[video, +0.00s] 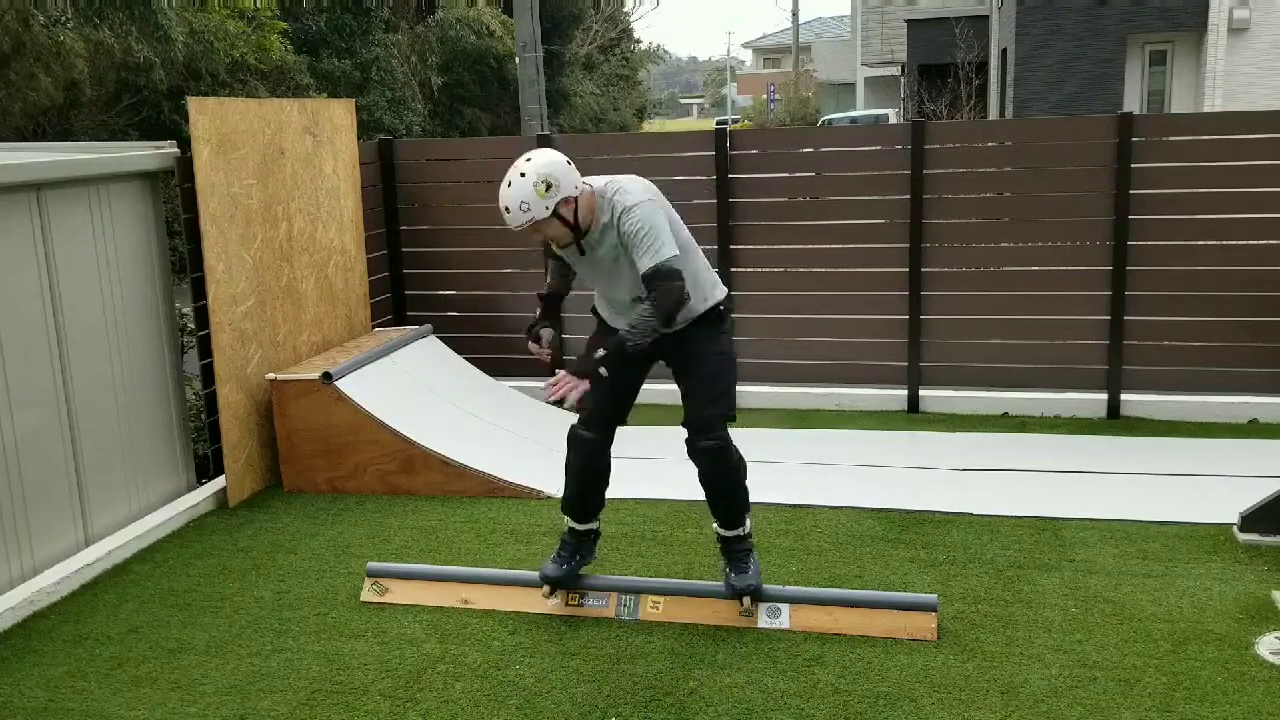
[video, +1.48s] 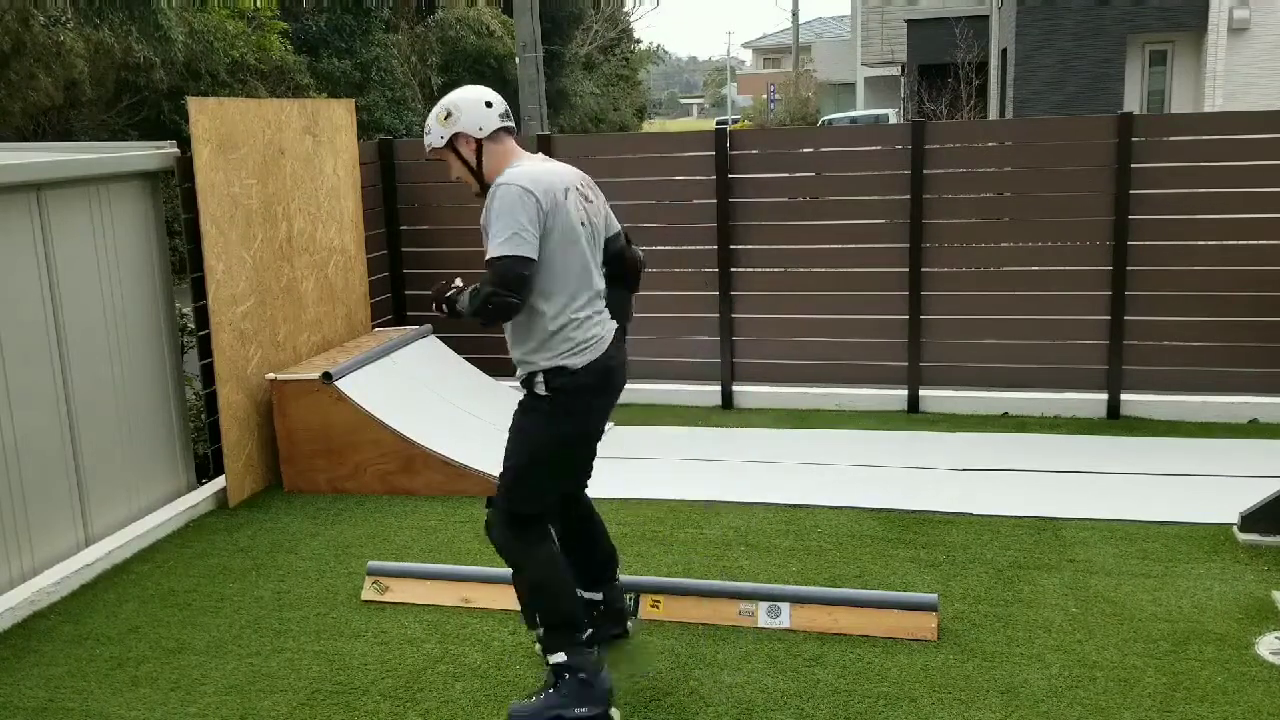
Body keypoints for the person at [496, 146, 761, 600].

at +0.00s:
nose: (541, 238)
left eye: (542, 226)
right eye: (534, 230)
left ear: (568, 204)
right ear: (563, 206)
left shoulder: (635, 205)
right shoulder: (562, 221)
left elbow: (668, 297)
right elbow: (562, 259)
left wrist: (596, 364)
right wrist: (548, 317)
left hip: (694, 319)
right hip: (623, 321)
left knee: (708, 439)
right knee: (588, 435)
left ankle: (738, 549)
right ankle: (578, 542)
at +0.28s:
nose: (570, 227)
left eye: (577, 215)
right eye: (562, 217)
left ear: (607, 193)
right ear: (550, 203)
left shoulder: (668, 201)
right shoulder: (558, 214)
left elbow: (760, 224)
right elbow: (541, 251)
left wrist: (779, 305)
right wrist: (520, 312)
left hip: (689, 318)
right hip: (612, 321)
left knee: (702, 437)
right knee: (584, 433)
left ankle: (737, 548)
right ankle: (576, 540)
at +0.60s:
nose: (570, 166)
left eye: (578, 152)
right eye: (563, 155)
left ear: (611, 135)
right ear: (554, 148)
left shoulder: (669, 157)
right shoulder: (557, 171)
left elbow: (748, 185)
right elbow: (545, 214)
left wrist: (730, 255)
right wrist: (530, 271)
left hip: (679, 321)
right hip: (601, 324)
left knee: (700, 448)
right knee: (582, 444)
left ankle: (738, 556)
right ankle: (570, 549)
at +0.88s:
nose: (547, 190)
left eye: (555, 178)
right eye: (542, 179)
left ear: (591, 164)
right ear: (542, 175)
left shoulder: (656, 208)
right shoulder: (549, 212)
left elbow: (716, 272)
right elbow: (552, 280)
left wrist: (673, 329)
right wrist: (542, 342)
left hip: (661, 380)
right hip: (583, 379)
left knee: (672, 505)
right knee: (569, 499)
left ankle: (724, 610)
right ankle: (577, 608)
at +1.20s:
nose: (479, 178)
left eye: (480, 163)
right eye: (473, 167)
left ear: (517, 145)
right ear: (515, 148)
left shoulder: (578, 187)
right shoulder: (545, 193)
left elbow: (594, 283)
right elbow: (563, 282)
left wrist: (508, 295)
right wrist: (499, 294)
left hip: (611, 371)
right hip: (563, 375)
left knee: (606, 505)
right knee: (554, 492)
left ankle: (697, 579)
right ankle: (601, 601)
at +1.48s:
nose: (455, 172)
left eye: (450, 157)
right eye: (448, 161)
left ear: (471, 141)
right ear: (507, 130)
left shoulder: (512, 190)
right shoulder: (571, 176)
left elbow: (503, 298)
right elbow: (625, 263)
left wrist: (459, 301)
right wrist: (606, 337)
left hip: (559, 378)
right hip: (599, 366)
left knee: (514, 520)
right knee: (563, 496)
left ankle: (578, 676)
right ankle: (606, 607)